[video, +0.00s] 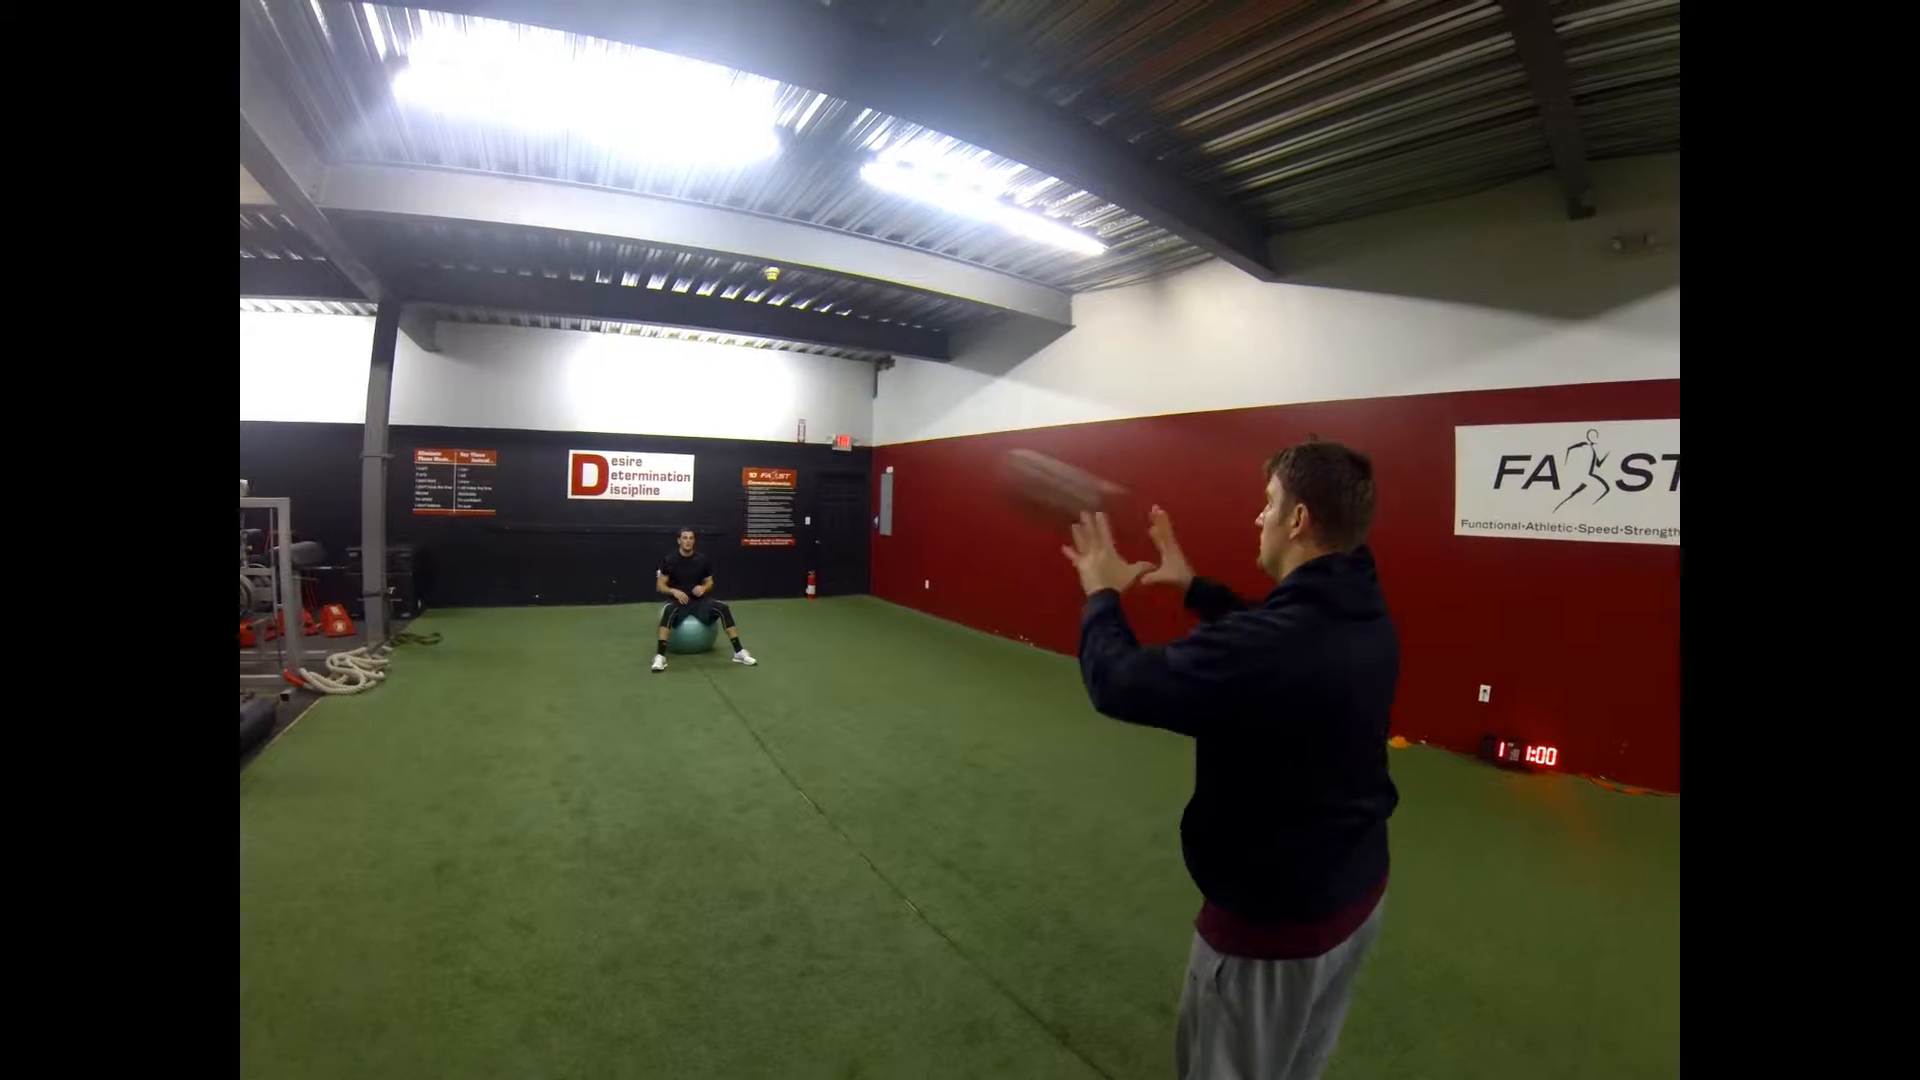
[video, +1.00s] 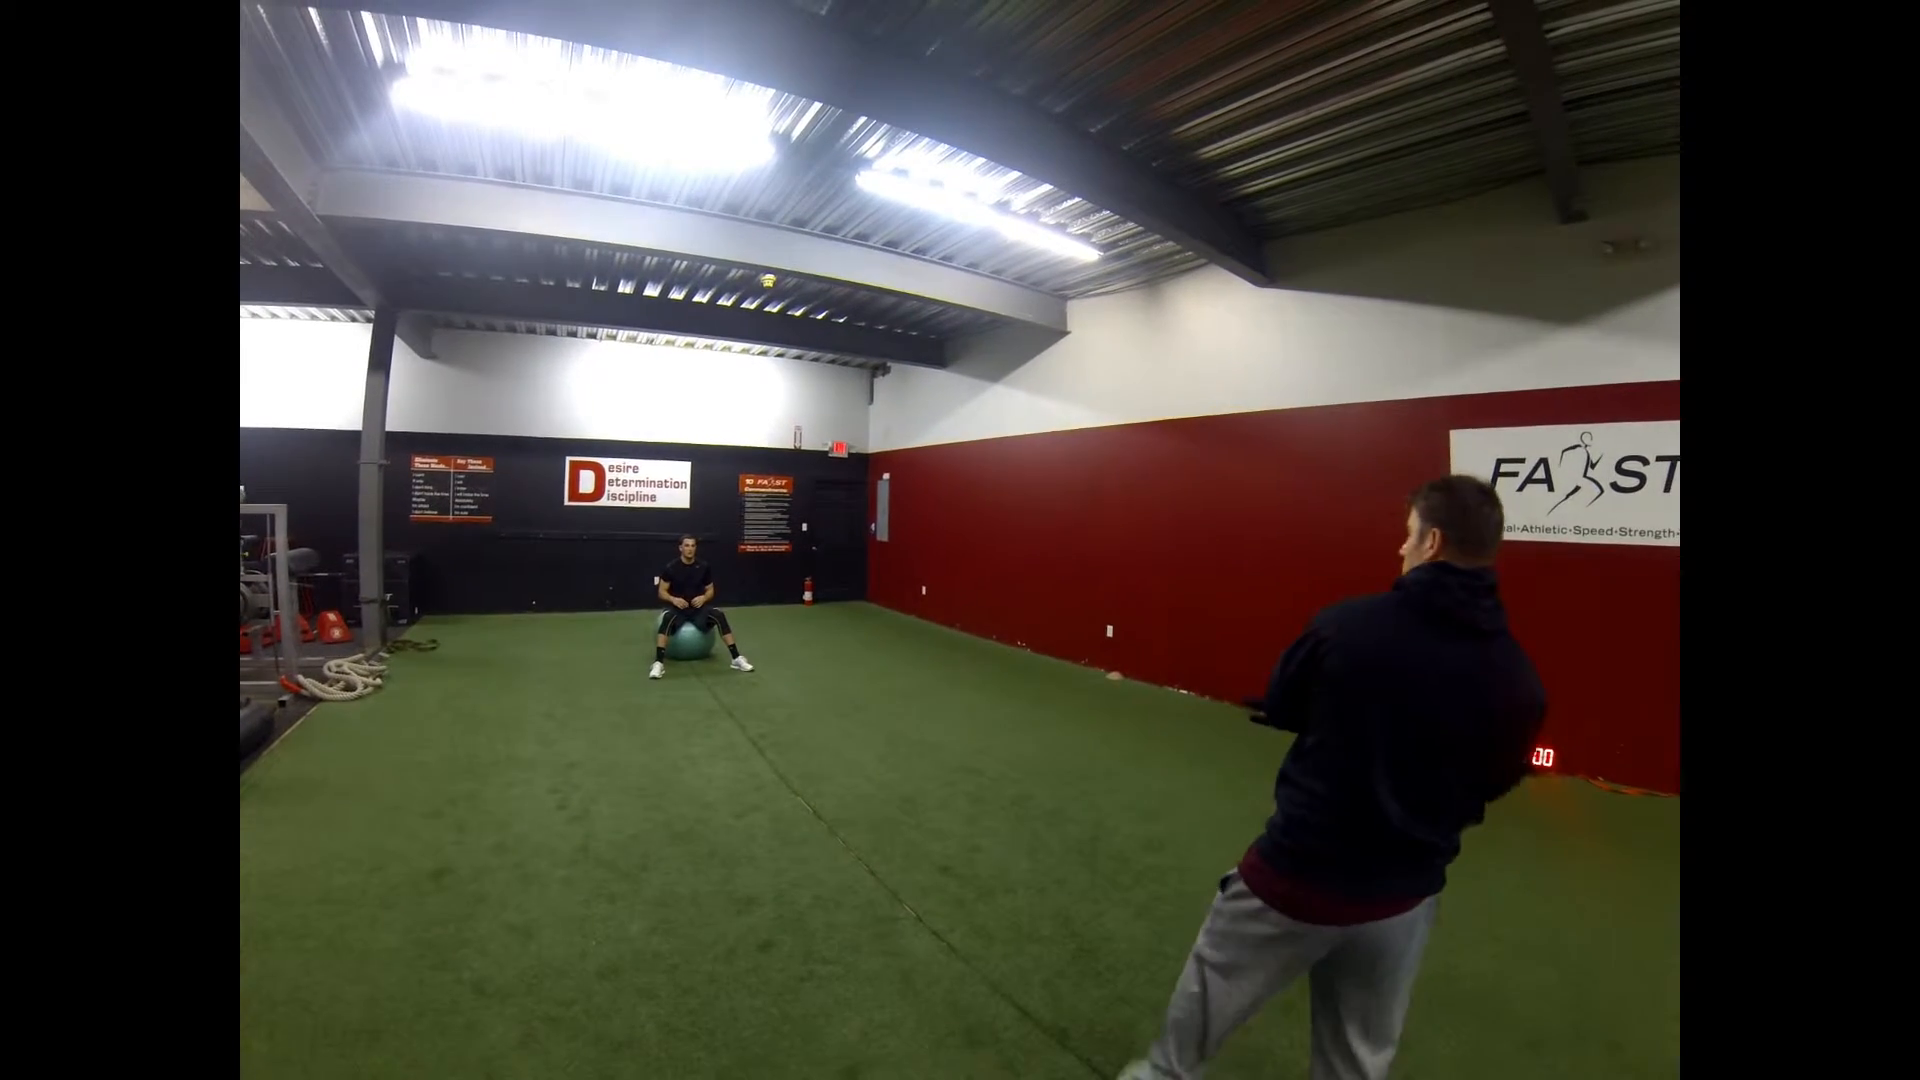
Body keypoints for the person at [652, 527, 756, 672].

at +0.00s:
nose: (688, 541)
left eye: (691, 538)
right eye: (685, 538)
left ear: (694, 541)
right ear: (679, 540)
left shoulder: (702, 559)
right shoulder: (670, 560)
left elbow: (710, 582)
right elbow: (660, 586)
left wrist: (703, 588)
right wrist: (674, 592)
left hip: (699, 601)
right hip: (679, 602)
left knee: (723, 608)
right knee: (668, 610)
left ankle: (739, 652)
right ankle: (660, 656)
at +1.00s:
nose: (690, 549)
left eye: (692, 546)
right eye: (686, 546)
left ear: (696, 548)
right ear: (680, 548)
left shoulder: (704, 567)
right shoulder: (671, 568)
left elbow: (710, 591)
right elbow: (661, 592)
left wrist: (703, 598)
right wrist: (674, 600)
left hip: (698, 609)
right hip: (679, 609)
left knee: (719, 615)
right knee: (667, 617)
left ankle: (736, 658)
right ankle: (658, 663)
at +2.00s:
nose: (698, 545)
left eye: (701, 542)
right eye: (695, 541)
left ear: (704, 544)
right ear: (689, 543)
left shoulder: (709, 562)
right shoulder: (681, 561)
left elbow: (720, 584)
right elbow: (681, 582)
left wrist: (720, 578)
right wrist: (695, 575)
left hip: (707, 604)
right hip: (687, 604)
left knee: (728, 612)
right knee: (677, 614)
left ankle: (746, 655)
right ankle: (667, 659)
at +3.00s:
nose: (695, 562)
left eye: (698, 559)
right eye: (692, 559)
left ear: (702, 559)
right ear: (687, 557)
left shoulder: (708, 573)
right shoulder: (677, 573)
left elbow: (711, 600)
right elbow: (664, 596)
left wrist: (696, 596)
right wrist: (677, 600)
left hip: (703, 613)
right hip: (683, 613)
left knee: (726, 622)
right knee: (674, 624)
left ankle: (744, 664)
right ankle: (665, 669)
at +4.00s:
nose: (695, 547)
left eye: (698, 544)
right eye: (692, 544)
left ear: (702, 547)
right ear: (687, 546)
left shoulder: (710, 568)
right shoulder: (679, 568)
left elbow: (717, 593)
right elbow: (673, 595)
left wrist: (708, 599)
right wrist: (691, 594)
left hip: (707, 608)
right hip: (686, 609)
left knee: (729, 617)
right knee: (676, 618)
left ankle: (743, 660)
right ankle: (664, 663)